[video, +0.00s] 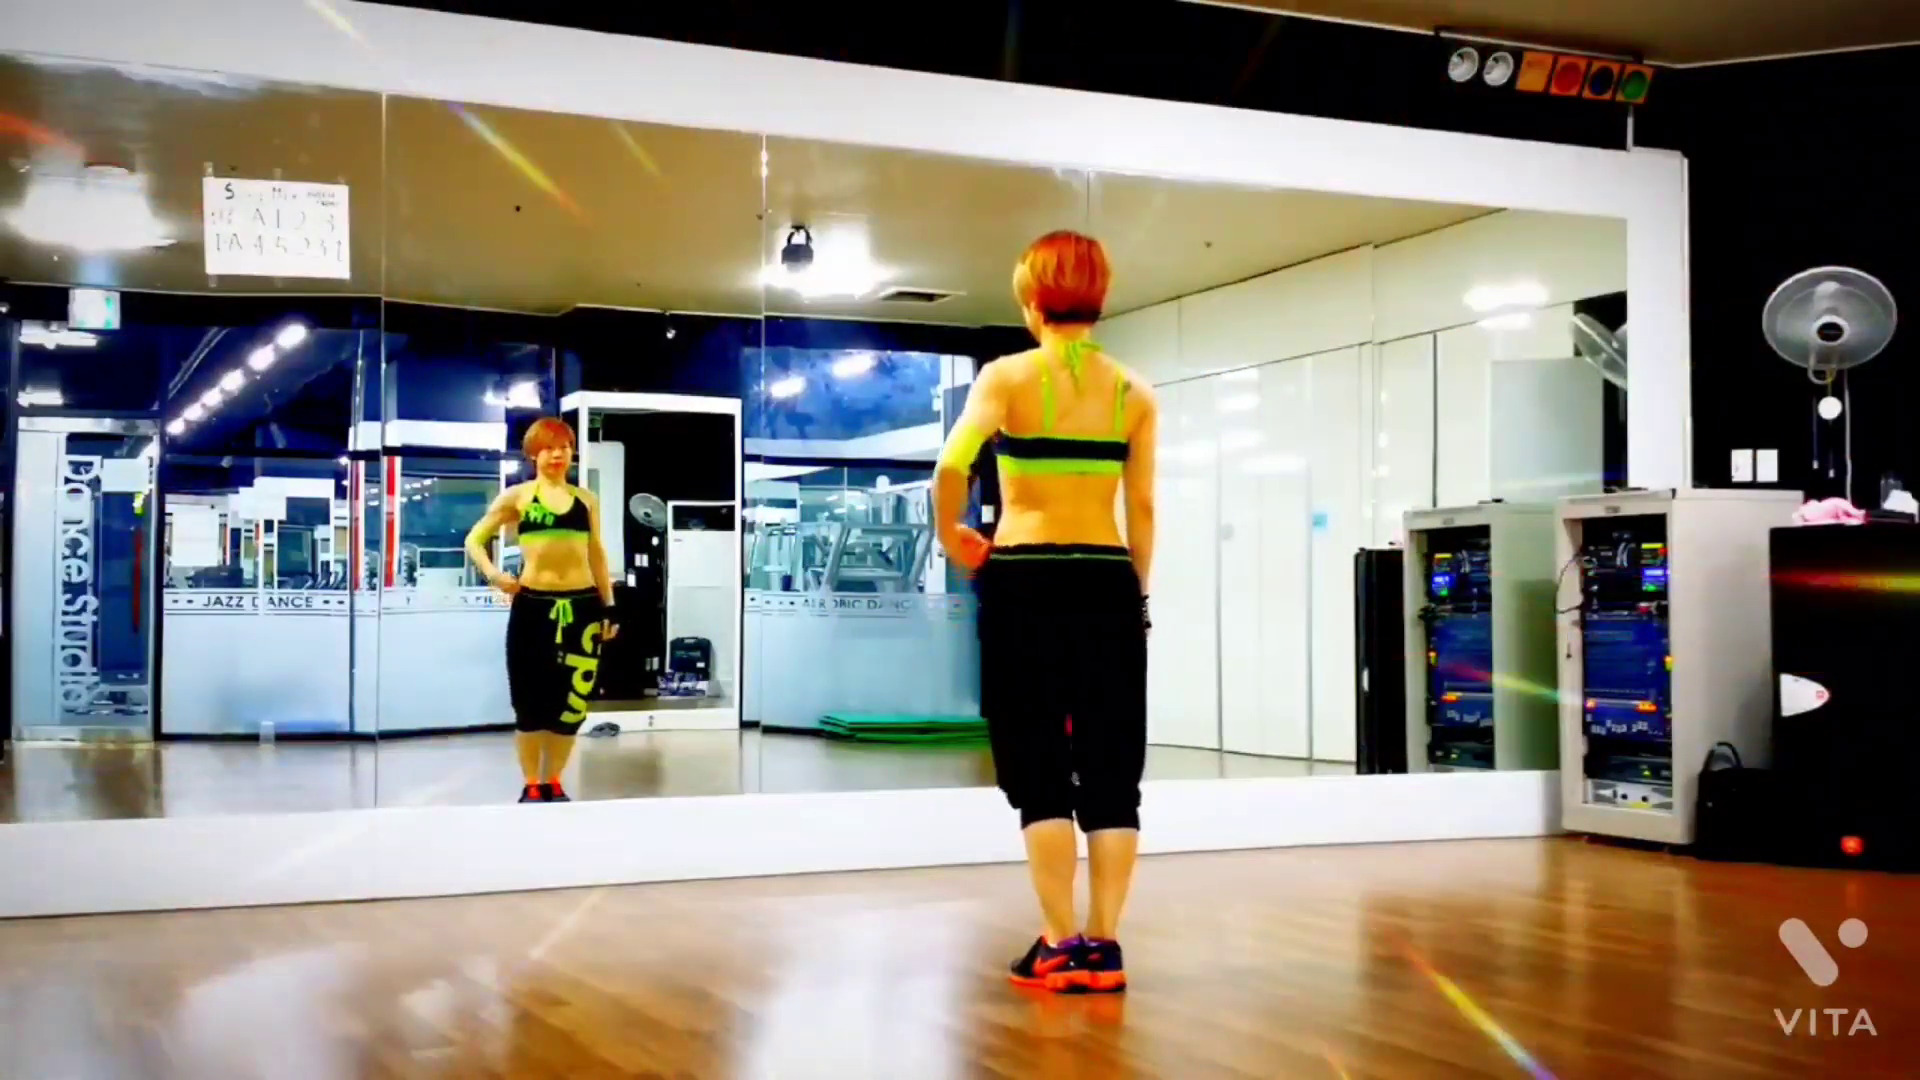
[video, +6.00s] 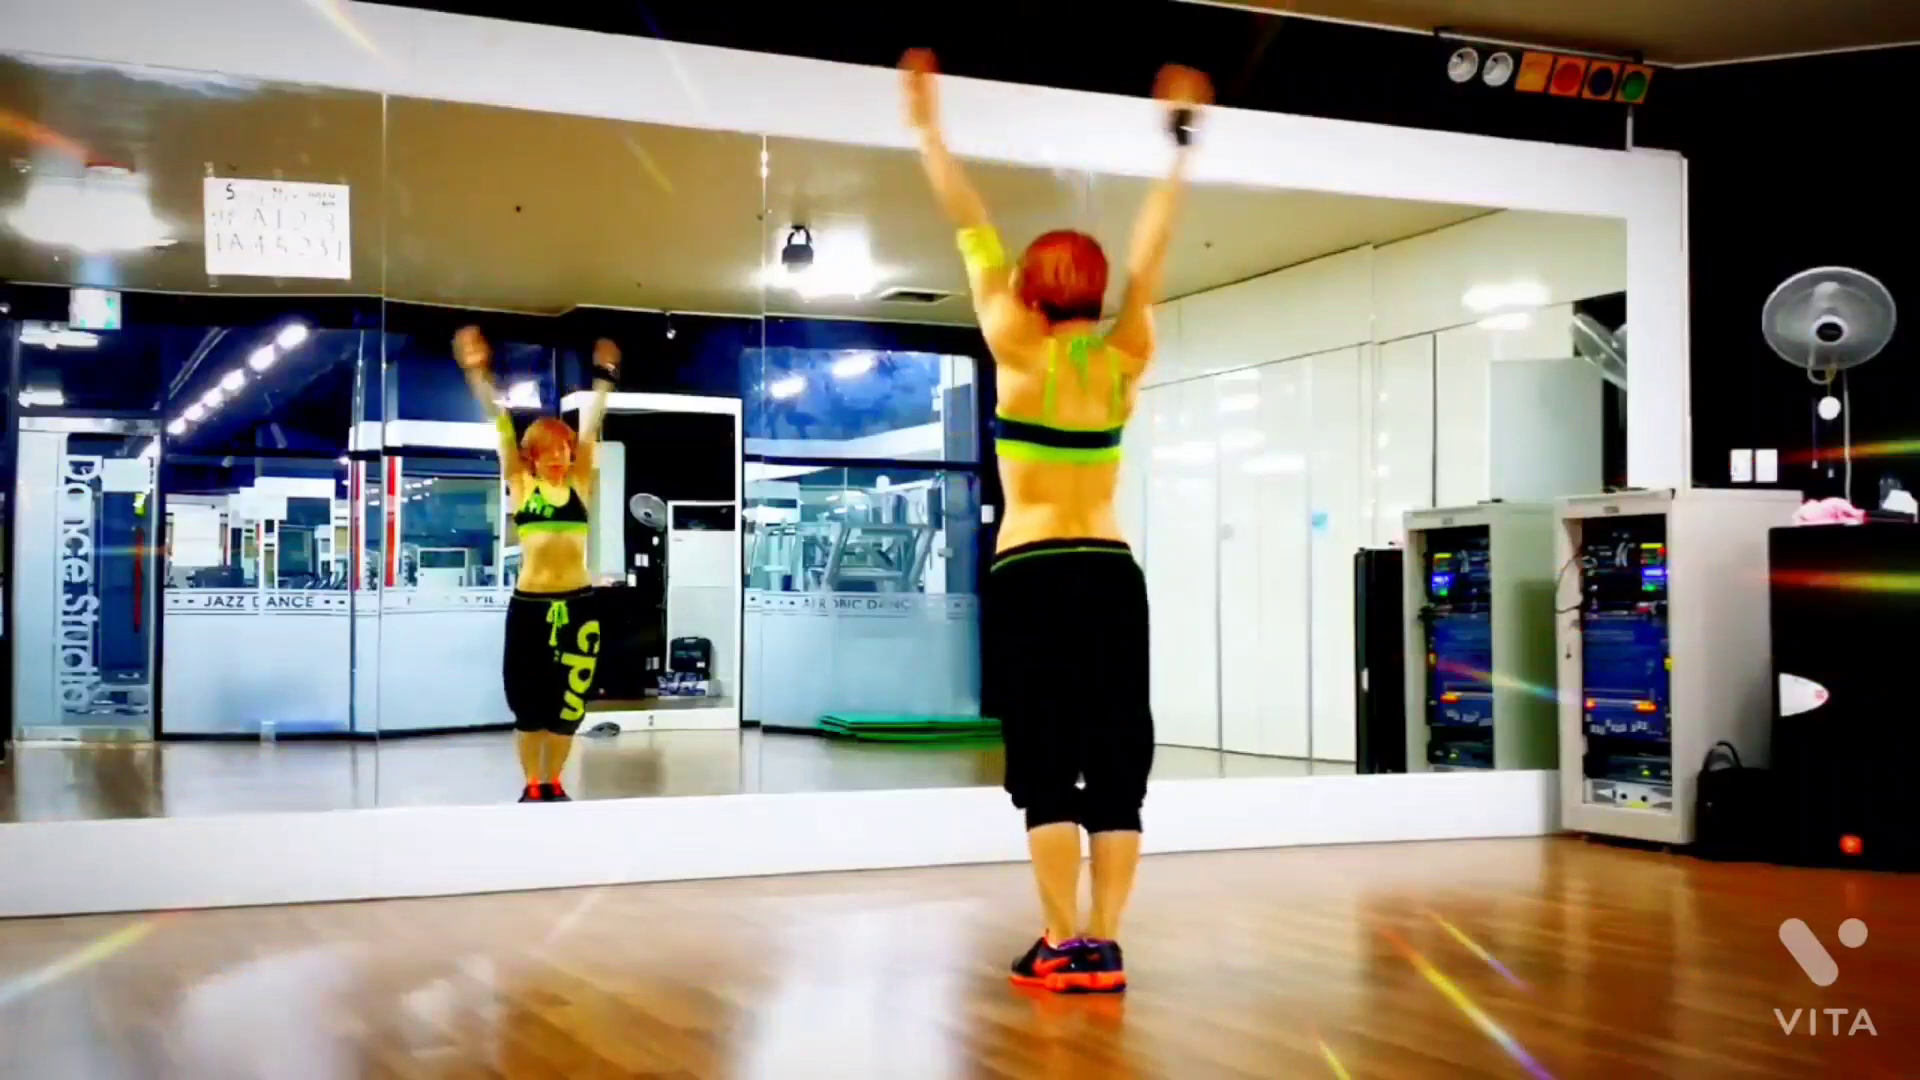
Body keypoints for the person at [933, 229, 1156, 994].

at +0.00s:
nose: (1023, 307)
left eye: (1024, 297)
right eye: (1031, 296)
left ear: (1032, 302)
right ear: (1100, 300)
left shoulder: (1004, 377)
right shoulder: (1133, 392)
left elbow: (952, 470)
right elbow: (1142, 504)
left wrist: (951, 536)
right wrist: (1137, 584)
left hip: (1021, 587)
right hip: (1107, 587)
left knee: (1034, 762)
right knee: (1114, 764)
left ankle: (1061, 938)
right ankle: (1104, 944)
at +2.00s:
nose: (1030, 281)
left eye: (1035, 274)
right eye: (1057, 274)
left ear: (1038, 294)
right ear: (1106, 301)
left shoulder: (1009, 349)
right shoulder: (1114, 362)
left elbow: (951, 230)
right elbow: (1161, 262)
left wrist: (886, 129)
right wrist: (1215, 162)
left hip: (1021, 575)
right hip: (1103, 573)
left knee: (1035, 766)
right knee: (1115, 763)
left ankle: (1063, 939)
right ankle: (1103, 943)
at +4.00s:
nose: (1015, 312)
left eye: (1017, 302)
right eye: (1018, 303)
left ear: (1031, 302)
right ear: (1092, 299)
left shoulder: (1011, 358)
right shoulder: (1135, 366)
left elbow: (957, 400)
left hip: (1030, 586)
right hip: (1115, 584)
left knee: (1040, 767)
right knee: (1118, 767)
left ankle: (1061, 939)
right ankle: (1104, 942)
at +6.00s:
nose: (1022, 290)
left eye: (1027, 281)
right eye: (1048, 279)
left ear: (1030, 290)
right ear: (1100, 292)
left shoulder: (1015, 346)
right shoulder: (1119, 357)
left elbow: (972, 230)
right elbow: (1147, 258)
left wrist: (926, 127)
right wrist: (1181, 147)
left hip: (1026, 570)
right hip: (1108, 569)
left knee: (1038, 757)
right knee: (1120, 758)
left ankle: (1064, 937)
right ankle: (1102, 942)